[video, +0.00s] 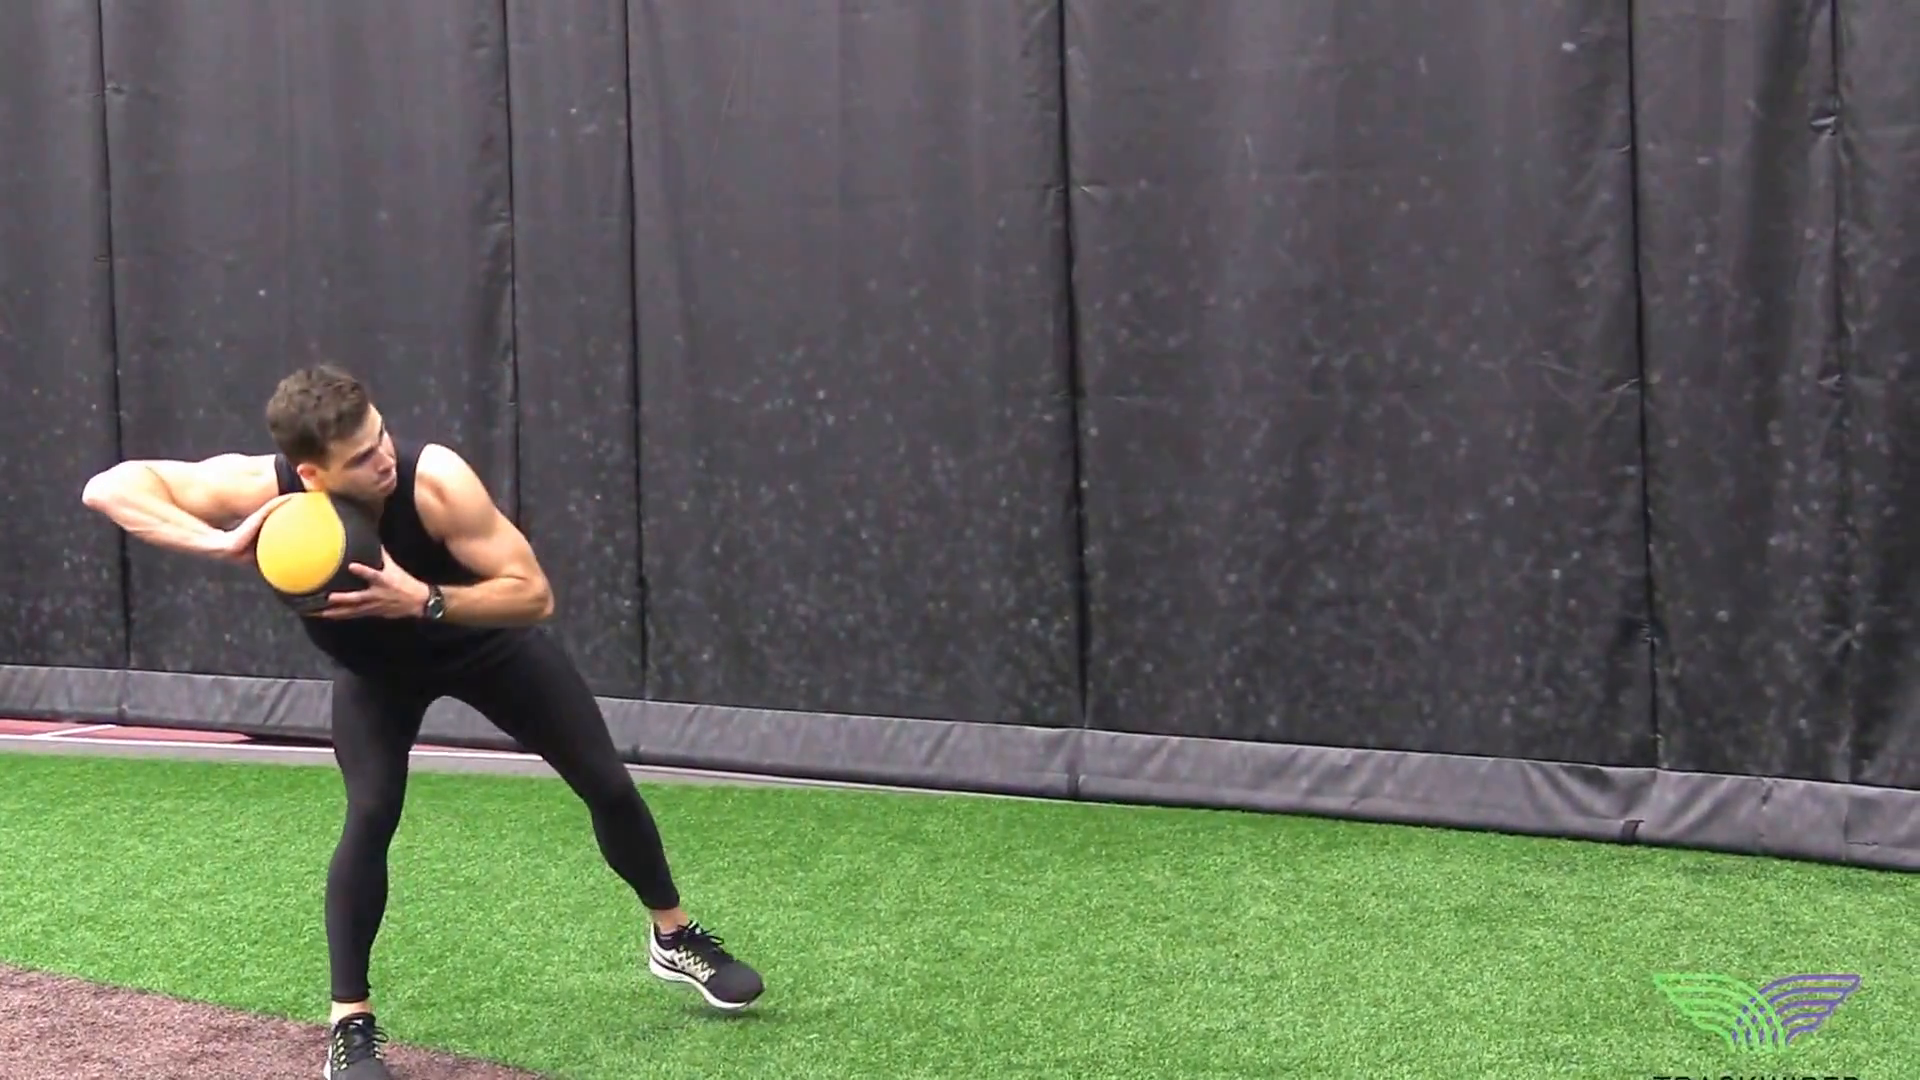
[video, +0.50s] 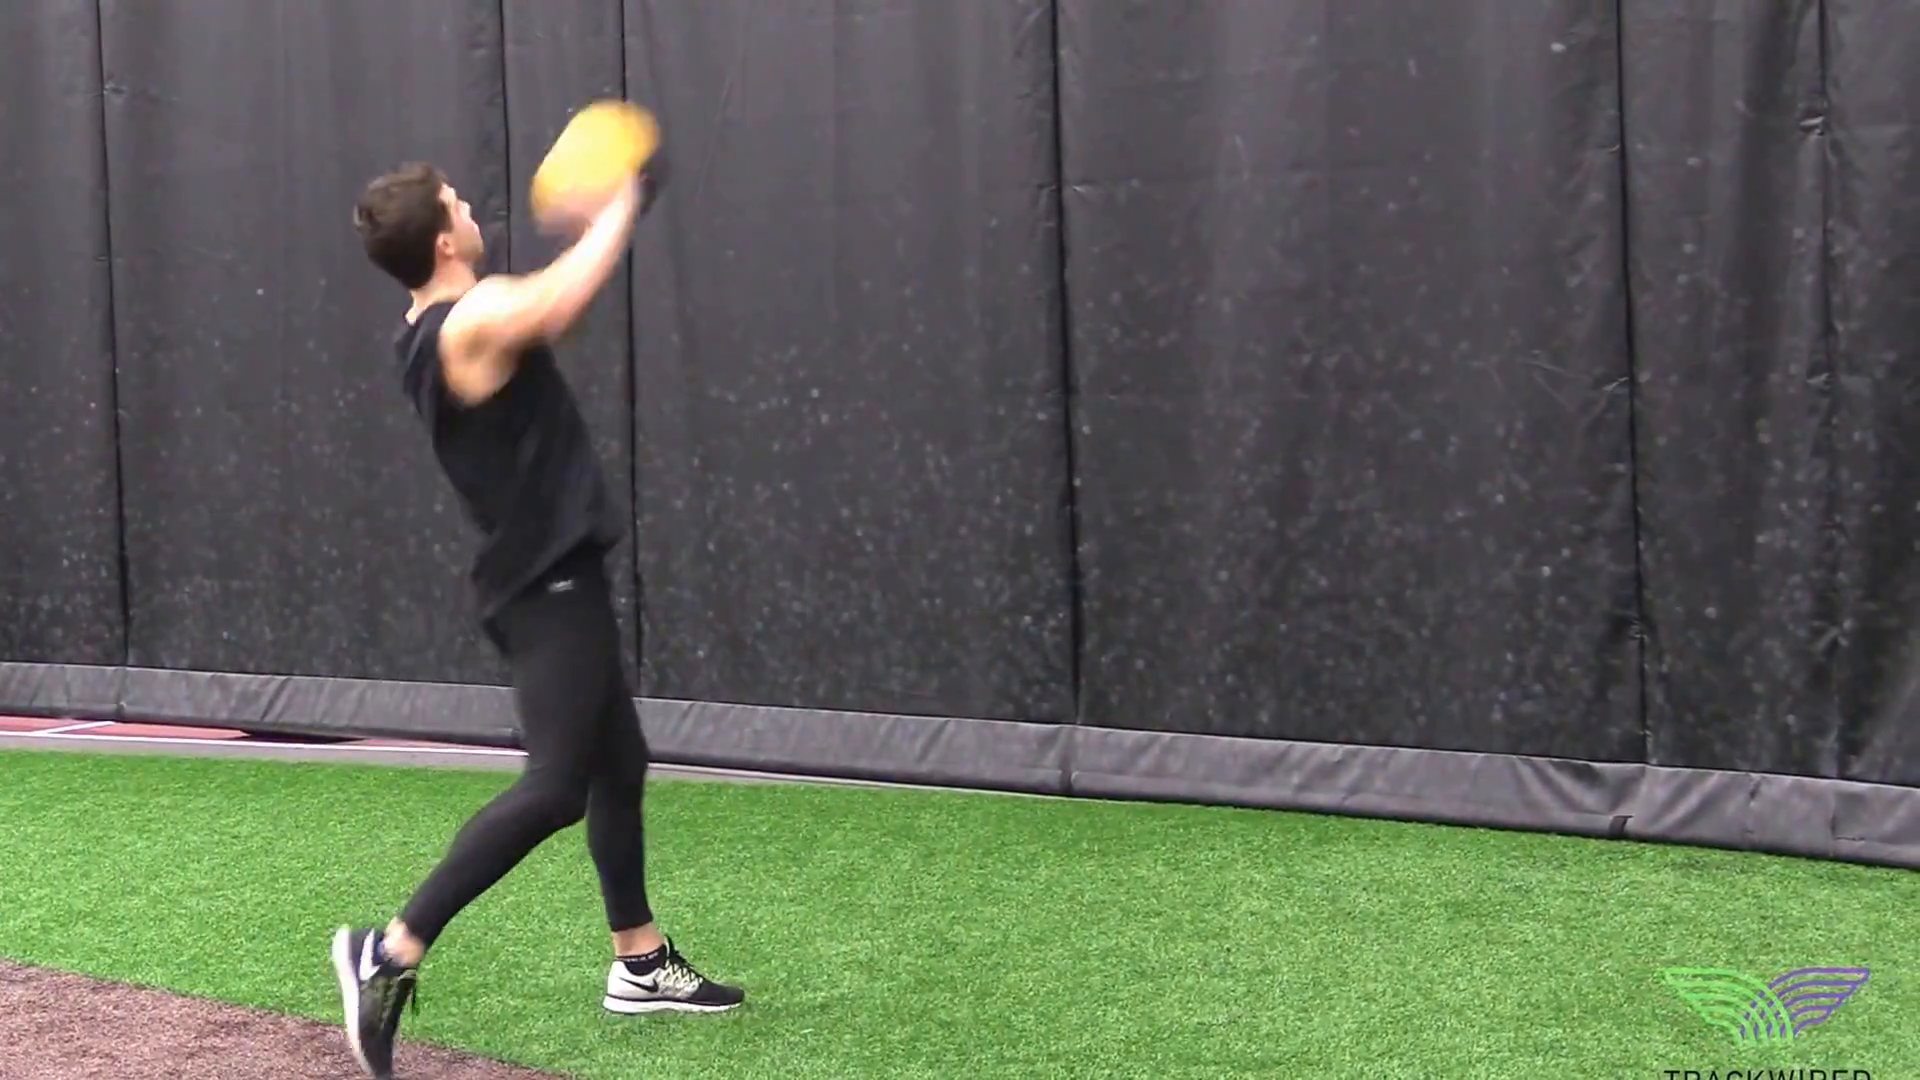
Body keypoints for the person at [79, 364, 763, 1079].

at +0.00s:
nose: (385, 457)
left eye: (382, 438)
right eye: (362, 457)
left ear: (385, 421)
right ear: (309, 471)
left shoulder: (439, 480)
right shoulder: (264, 489)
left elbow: (534, 596)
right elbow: (109, 487)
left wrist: (424, 599)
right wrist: (212, 542)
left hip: (493, 644)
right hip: (376, 667)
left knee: (609, 784)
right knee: (371, 811)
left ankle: (677, 935)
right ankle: (351, 1020)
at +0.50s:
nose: (473, 212)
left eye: (461, 204)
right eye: (462, 207)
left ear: (420, 253)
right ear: (446, 239)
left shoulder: (441, 316)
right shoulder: (470, 319)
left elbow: (532, 300)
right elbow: (563, 298)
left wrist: (578, 228)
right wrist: (624, 207)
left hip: (560, 583)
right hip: (547, 589)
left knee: (620, 767)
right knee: (557, 786)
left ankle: (642, 962)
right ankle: (391, 954)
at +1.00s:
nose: (603, 186)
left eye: (590, 179)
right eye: (596, 181)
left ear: (517, 225)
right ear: (586, 206)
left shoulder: (504, 329)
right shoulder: (656, 270)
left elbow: (477, 466)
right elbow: (657, 363)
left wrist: (485, 378)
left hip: (569, 563)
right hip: (658, 559)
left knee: (611, 762)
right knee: (628, 766)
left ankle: (641, 959)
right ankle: (571, 948)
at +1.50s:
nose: (630, 204)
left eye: (624, 189)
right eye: (623, 192)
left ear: (545, 210)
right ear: (600, 206)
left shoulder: (496, 312)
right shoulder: (648, 284)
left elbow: (493, 429)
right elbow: (795, 263)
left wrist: (542, 362)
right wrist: (914, 239)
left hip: (553, 568)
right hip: (631, 566)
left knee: (602, 764)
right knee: (608, 769)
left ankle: (634, 961)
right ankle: (539, 950)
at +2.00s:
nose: (652, 226)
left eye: (650, 212)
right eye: (649, 211)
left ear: (571, 216)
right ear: (620, 213)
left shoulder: (504, 313)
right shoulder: (651, 287)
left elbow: (501, 438)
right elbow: (796, 265)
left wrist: (555, 462)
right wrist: (909, 230)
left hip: (546, 571)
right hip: (625, 568)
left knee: (602, 763)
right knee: (596, 767)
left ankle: (634, 963)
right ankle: (516, 957)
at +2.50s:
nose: (743, 236)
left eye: (739, 220)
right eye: (738, 221)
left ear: (655, 211)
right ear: (720, 215)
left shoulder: (603, 287)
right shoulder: (718, 286)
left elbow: (534, 430)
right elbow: (768, 416)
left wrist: (617, 471)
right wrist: (834, 526)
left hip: (613, 545)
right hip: (684, 549)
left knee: (663, 737)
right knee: (696, 738)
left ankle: (605, 937)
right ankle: (589, 897)